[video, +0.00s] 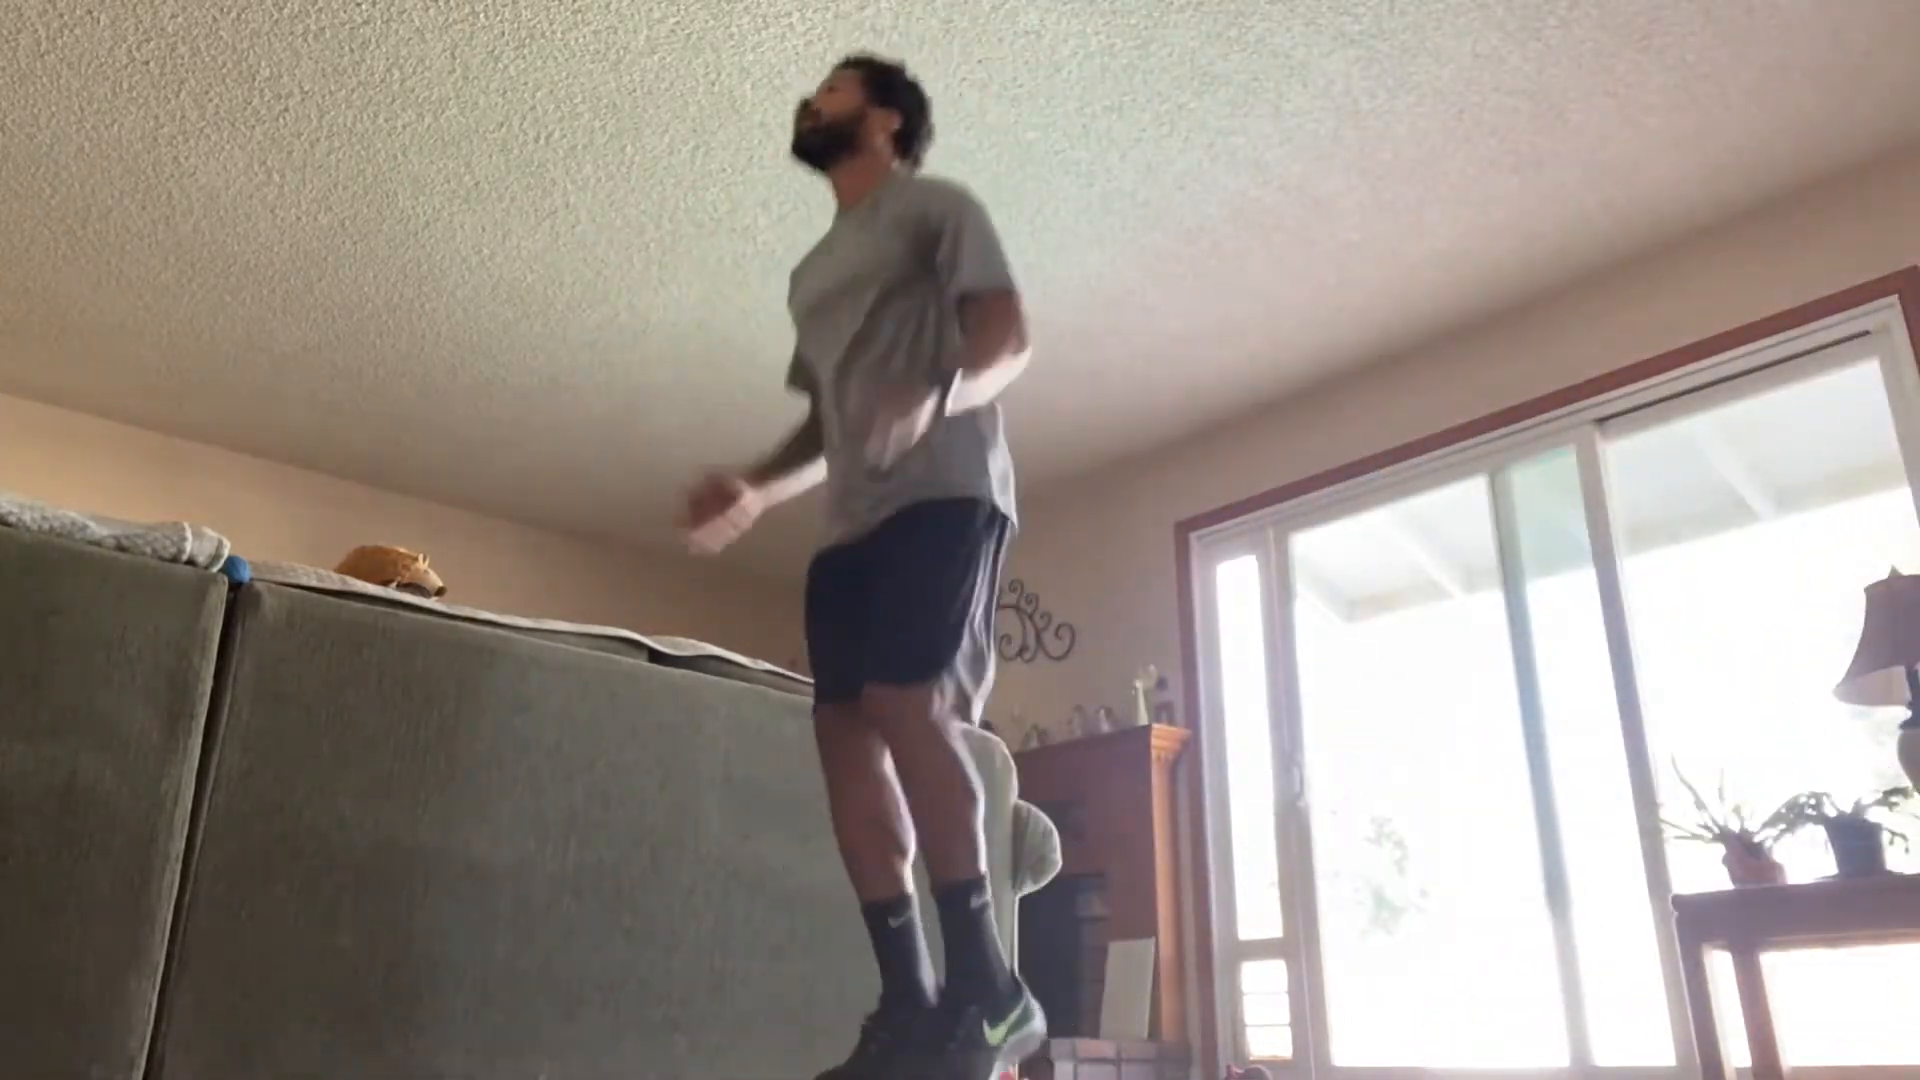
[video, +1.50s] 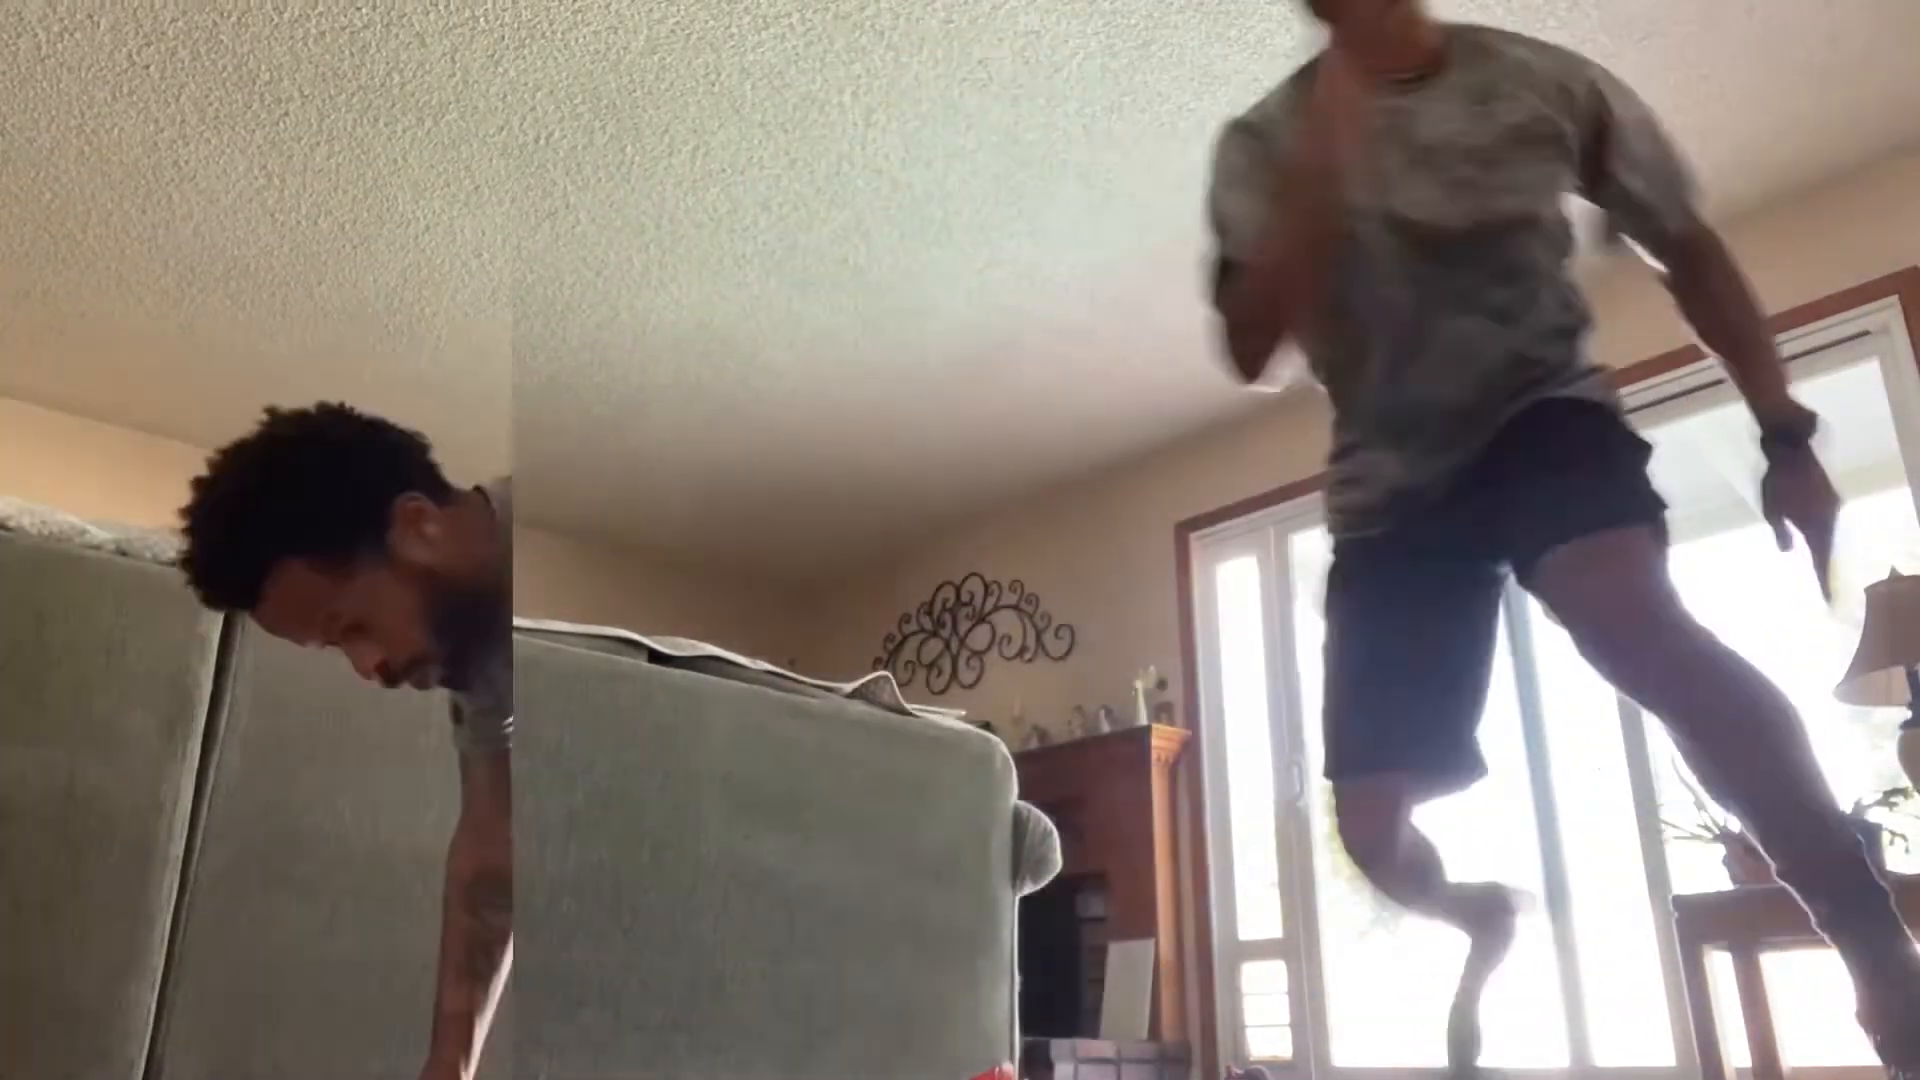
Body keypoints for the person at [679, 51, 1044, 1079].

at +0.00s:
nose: (811, 96)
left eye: (835, 84)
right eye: (814, 88)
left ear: (889, 119)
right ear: (835, 130)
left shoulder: (936, 202)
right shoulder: (811, 275)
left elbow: (1006, 332)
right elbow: (829, 418)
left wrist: (933, 394)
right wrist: (756, 486)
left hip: (945, 495)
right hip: (851, 522)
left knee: (903, 703)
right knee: (841, 724)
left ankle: (987, 984)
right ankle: (908, 1002)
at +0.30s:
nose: (850, 105)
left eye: (874, 95)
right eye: (854, 99)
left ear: (925, 118)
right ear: (878, 135)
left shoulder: (954, 185)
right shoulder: (839, 266)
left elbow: (1038, 62)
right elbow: (748, 307)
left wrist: (968, 2)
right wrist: (727, 186)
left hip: (941, 483)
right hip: (842, 506)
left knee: (942, 694)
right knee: (785, 742)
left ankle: (1081, 962)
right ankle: (816, 993)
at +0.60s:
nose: (829, 87)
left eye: (852, 73)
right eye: (832, 78)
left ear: (909, 96)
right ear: (862, 108)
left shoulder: (944, 160)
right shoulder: (830, 226)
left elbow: (1056, 117)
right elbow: (764, 328)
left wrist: (1042, 1)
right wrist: (649, 277)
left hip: (949, 445)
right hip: (854, 476)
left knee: (922, 641)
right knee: (812, 702)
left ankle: (1062, 912)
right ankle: (838, 956)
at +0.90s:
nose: (758, 228)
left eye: (778, 209)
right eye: (758, 214)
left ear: (841, 225)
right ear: (800, 237)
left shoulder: (917, 304)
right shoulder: (804, 373)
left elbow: (955, 452)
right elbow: (849, 499)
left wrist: (810, 448)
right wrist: (825, 605)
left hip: (990, 584)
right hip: (889, 599)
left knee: (911, 783)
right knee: (823, 796)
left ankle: (1080, 917)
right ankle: (886, 1041)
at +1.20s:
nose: (894, 170)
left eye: (907, 143)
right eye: (884, 154)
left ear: (966, 153)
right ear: (908, 175)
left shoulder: (1084, 219)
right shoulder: (920, 305)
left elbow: (1251, 254)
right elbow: (876, 383)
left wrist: (1399, 285)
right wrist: (889, 202)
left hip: (1165, 493)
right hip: (1046, 551)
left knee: (1192, 598)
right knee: (944, 790)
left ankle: (1373, 864)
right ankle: (887, 1021)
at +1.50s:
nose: (1371, 13)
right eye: (1347, 5)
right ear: (1313, 9)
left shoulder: (1545, 85)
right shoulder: (1262, 145)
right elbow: (1246, 345)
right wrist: (1318, 178)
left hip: (1540, 418)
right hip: (1388, 481)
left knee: (1628, 626)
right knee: (1371, 829)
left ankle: (1887, 973)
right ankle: (1477, 917)